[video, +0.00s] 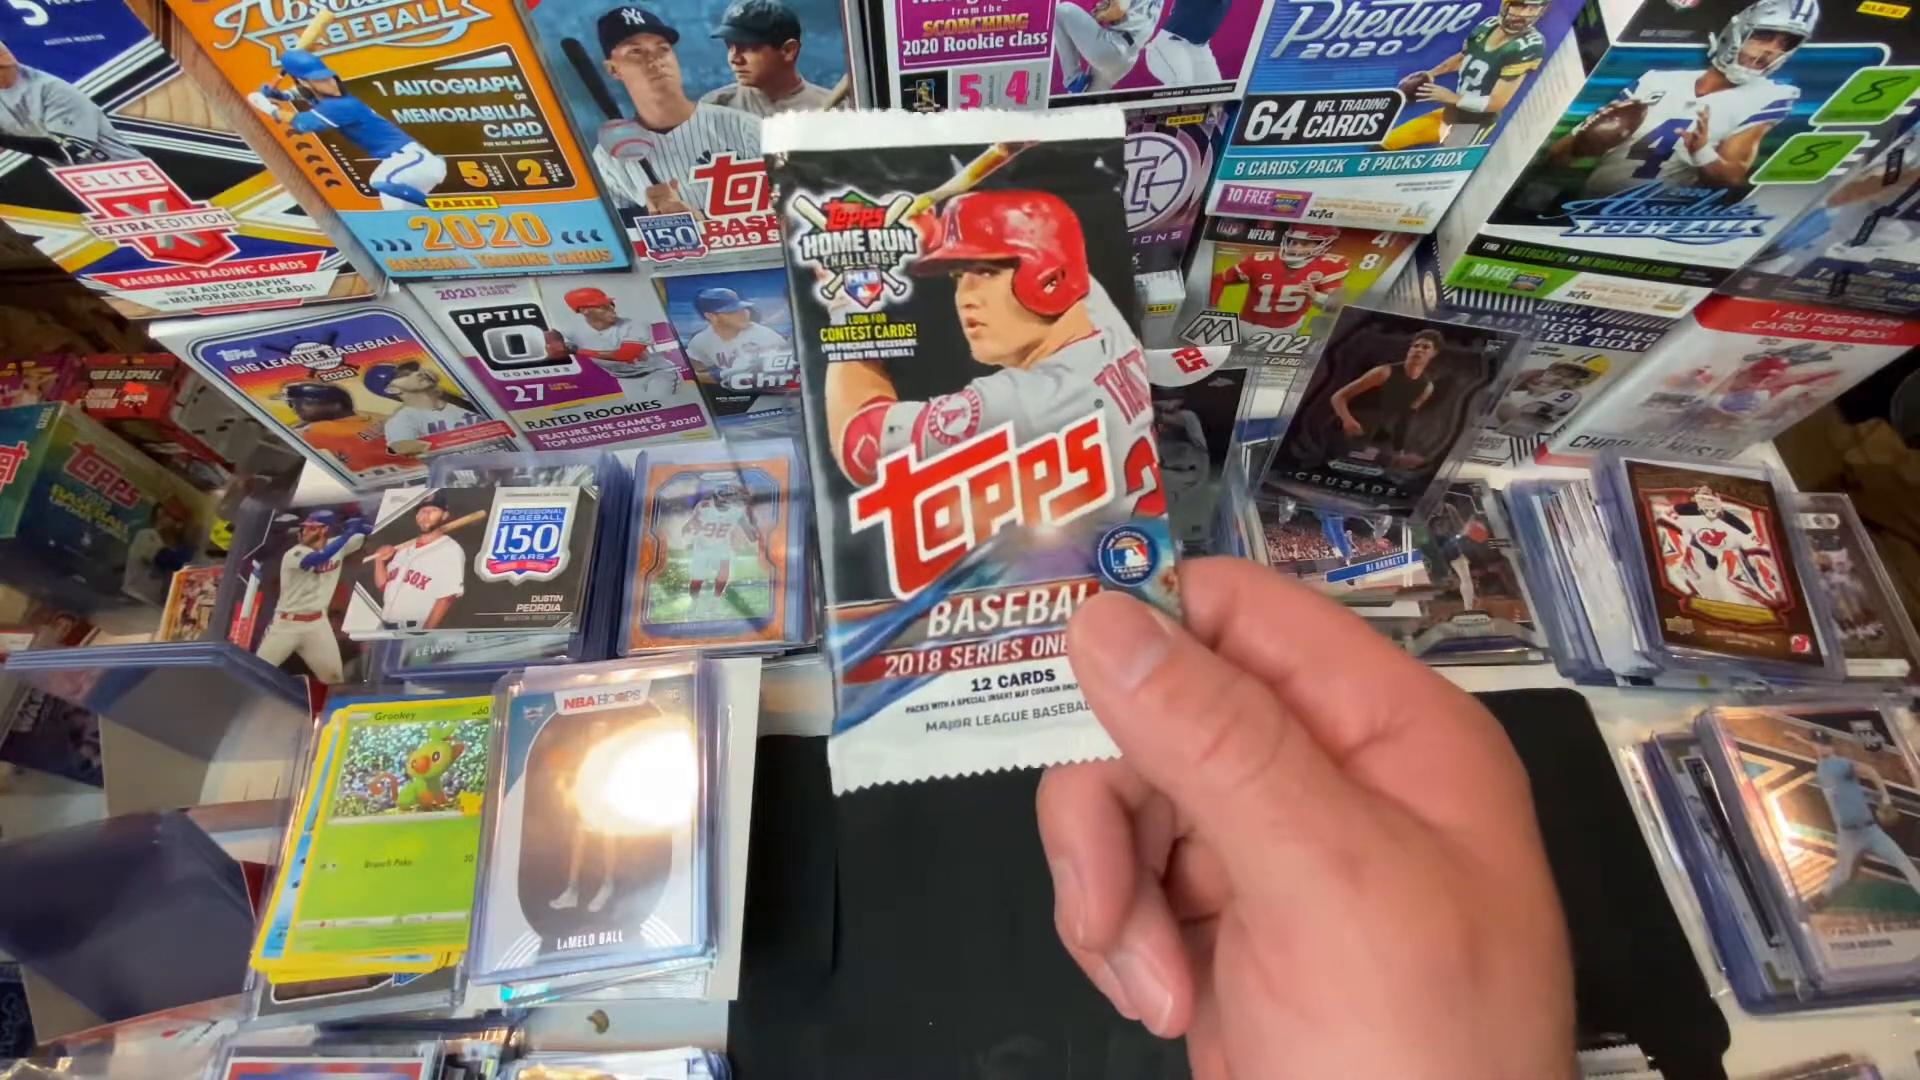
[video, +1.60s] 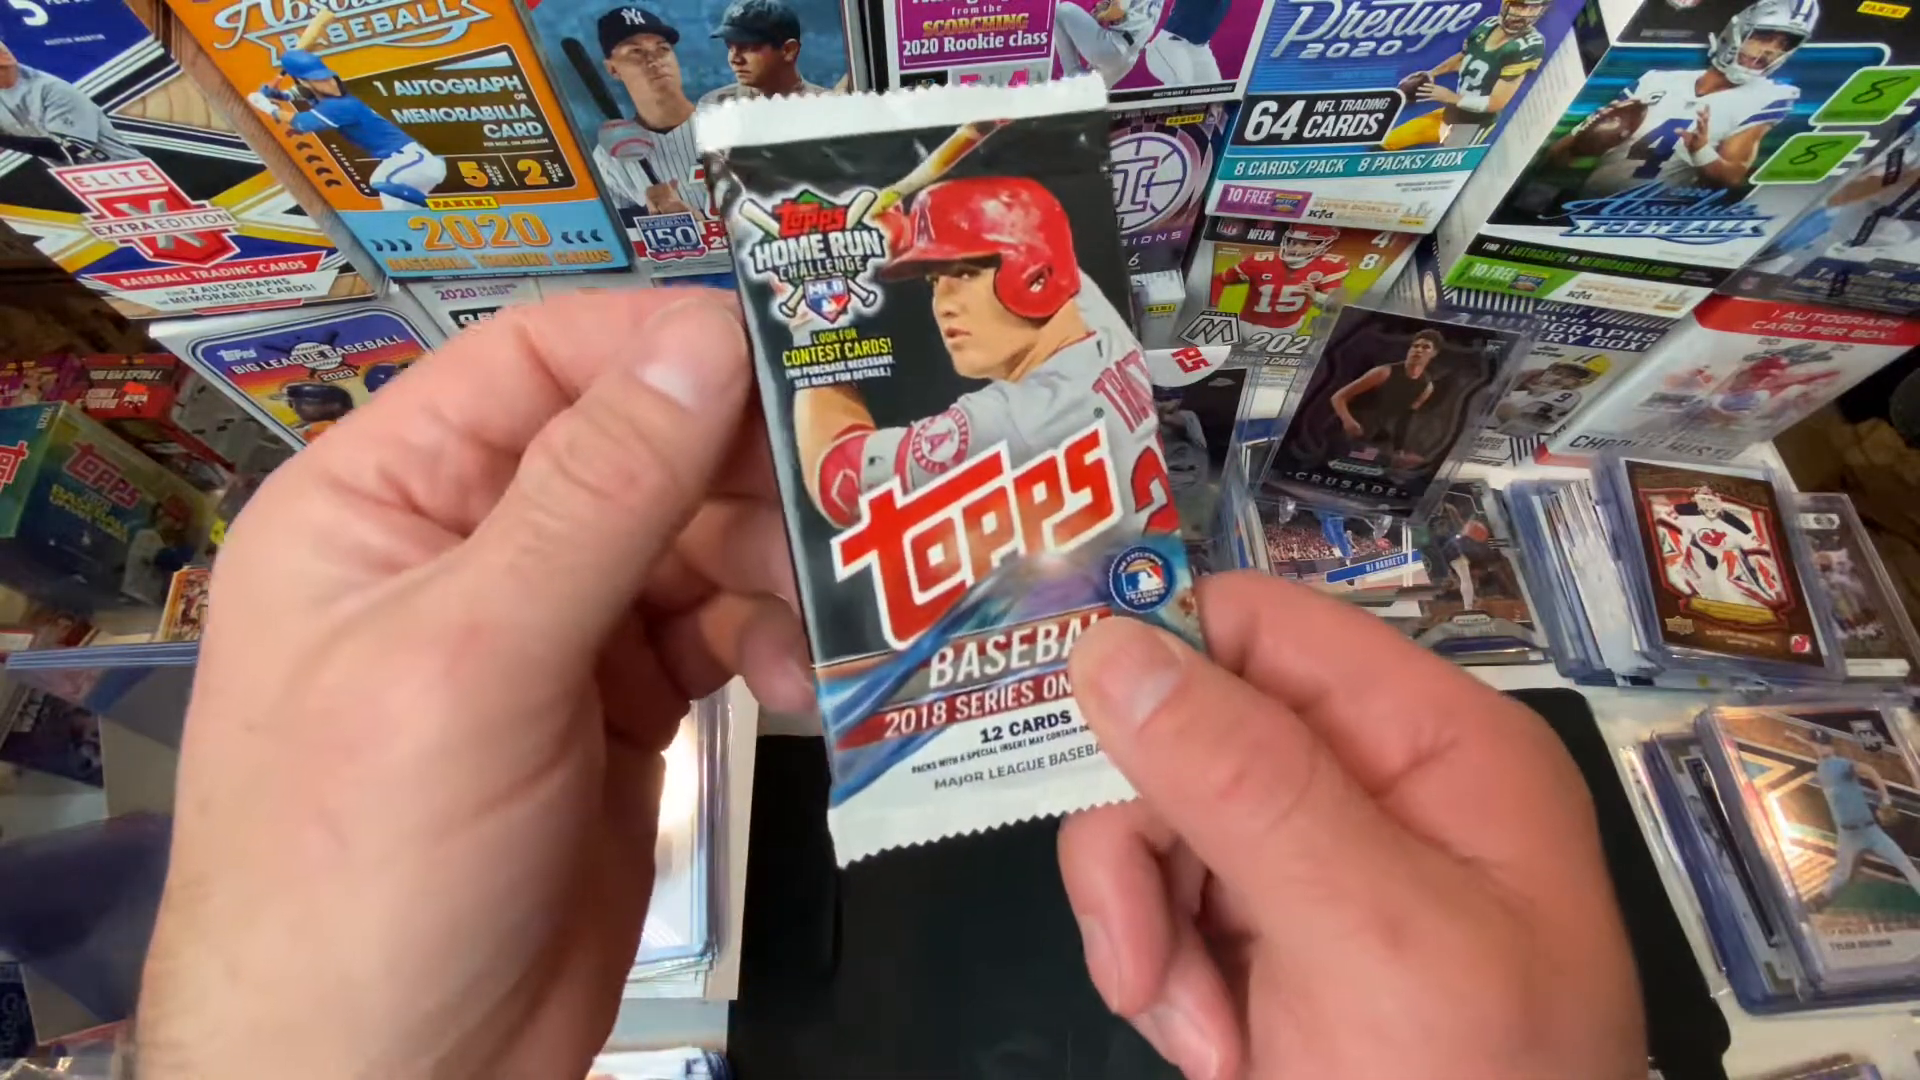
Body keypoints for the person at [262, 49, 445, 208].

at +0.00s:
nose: (331, 80)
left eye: (328, 76)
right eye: (322, 78)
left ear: (309, 82)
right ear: (306, 84)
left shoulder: (343, 106)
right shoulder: (330, 104)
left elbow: (300, 122)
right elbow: (302, 93)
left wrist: (271, 110)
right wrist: (277, 94)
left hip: (415, 157)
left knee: (381, 179)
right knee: (399, 222)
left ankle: (437, 214)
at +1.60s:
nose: (329, 79)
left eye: (326, 75)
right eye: (321, 78)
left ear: (310, 84)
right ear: (306, 83)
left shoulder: (343, 107)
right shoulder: (333, 100)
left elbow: (300, 123)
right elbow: (302, 92)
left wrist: (271, 109)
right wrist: (276, 94)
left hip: (414, 159)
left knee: (380, 179)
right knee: (399, 222)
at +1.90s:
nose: (299, 87)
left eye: (300, 82)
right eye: (299, 83)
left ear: (310, 83)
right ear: (323, 78)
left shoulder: (342, 107)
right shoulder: (333, 99)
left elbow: (299, 122)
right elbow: (304, 90)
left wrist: (270, 109)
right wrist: (279, 94)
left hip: (414, 158)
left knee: (380, 180)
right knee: (396, 222)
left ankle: (431, 210)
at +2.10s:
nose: (330, 80)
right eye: (322, 77)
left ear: (307, 83)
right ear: (307, 83)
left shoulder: (342, 106)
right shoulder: (333, 104)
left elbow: (300, 123)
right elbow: (301, 94)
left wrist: (271, 110)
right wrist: (277, 95)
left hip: (414, 159)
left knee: (380, 180)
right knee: (400, 219)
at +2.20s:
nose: (330, 80)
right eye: (322, 77)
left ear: (307, 83)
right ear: (307, 82)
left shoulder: (342, 106)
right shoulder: (331, 103)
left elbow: (300, 122)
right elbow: (300, 93)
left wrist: (270, 109)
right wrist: (276, 94)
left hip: (414, 158)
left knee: (381, 179)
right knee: (399, 219)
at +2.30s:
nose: (331, 80)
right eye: (323, 78)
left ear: (308, 82)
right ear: (308, 83)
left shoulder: (342, 106)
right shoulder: (332, 103)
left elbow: (300, 122)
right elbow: (302, 93)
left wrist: (270, 109)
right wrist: (277, 94)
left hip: (414, 158)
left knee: (380, 179)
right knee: (399, 220)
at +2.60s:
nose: (331, 80)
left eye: (329, 76)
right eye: (323, 77)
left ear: (308, 82)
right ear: (306, 83)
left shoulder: (342, 106)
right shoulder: (330, 104)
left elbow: (299, 123)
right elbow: (300, 93)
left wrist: (270, 108)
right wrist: (276, 94)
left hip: (415, 158)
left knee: (380, 179)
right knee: (400, 222)